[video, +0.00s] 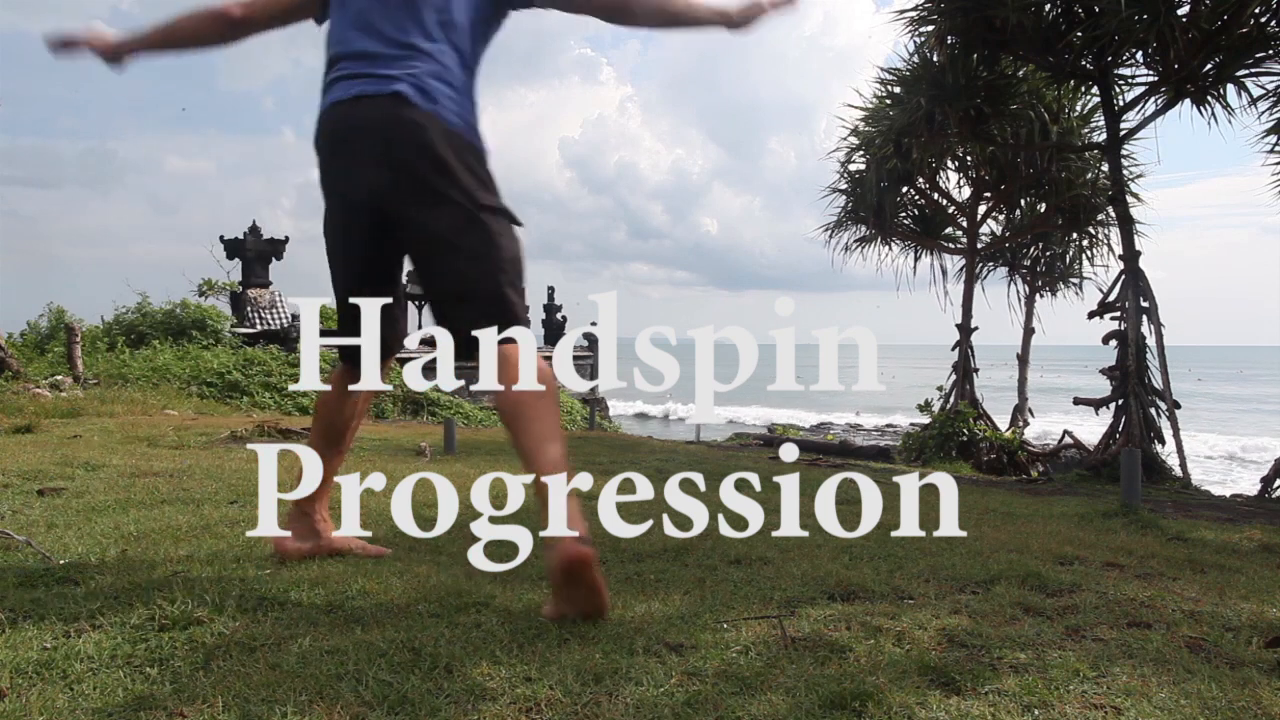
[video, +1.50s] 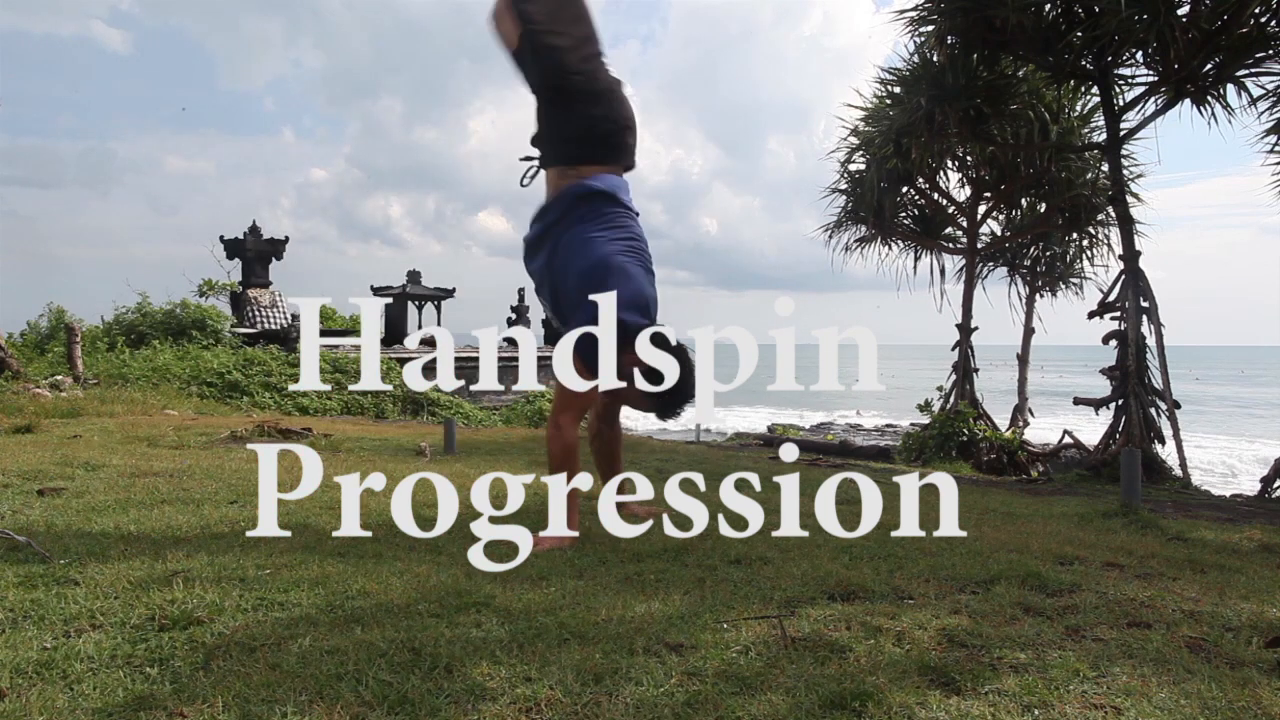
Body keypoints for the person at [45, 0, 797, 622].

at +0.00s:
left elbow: (234, 17)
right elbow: (620, 5)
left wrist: (131, 43)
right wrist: (727, 11)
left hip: (342, 127)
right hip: (430, 126)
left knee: (364, 331)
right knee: (504, 335)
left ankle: (311, 519)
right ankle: (565, 516)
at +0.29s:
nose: (398, 10)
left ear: (457, 4)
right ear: (533, 13)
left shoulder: (443, 10)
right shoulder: (565, 52)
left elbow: (388, 0)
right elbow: (609, 157)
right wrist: (645, 244)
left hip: (443, 100)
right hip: (553, 116)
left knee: (418, 337)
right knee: (566, 355)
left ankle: (442, 534)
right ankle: (586, 557)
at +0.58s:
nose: (488, 287)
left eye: (474, 282)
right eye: (488, 293)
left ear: (468, 255)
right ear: (503, 279)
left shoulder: (470, 194)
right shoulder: (558, 275)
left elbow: (411, 201)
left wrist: (359, 217)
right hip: (625, 166)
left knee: (558, 76)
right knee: (571, 362)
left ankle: (628, 5)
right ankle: (588, 567)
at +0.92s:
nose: (529, 400)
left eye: (514, 401)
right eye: (518, 405)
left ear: (500, 360)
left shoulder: (500, 285)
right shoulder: (568, 331)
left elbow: (586, 272)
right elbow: (592, 429)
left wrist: (688, 280)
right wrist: (572, 528)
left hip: (540, 95)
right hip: (601, 110)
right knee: (716, 71)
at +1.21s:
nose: (590, 427)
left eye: (601, 418)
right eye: (583, 419)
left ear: (626, 366)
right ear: (563, 374)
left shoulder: (658, 296)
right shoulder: (539, 331)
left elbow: (727, 327)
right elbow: (565, 420)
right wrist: (569, 523)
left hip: (596, 81)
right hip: (516, 95)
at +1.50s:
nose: (632, 411)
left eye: (642, 409)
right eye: (639, 405)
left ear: (656, 369)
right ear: (640, 377)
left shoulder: (637, 340)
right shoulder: (600, 342)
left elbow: (605, 419)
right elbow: (562, 424)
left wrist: (615, 494)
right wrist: (565, 520)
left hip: (606, 155)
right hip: (581, 137)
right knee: (509, 11)